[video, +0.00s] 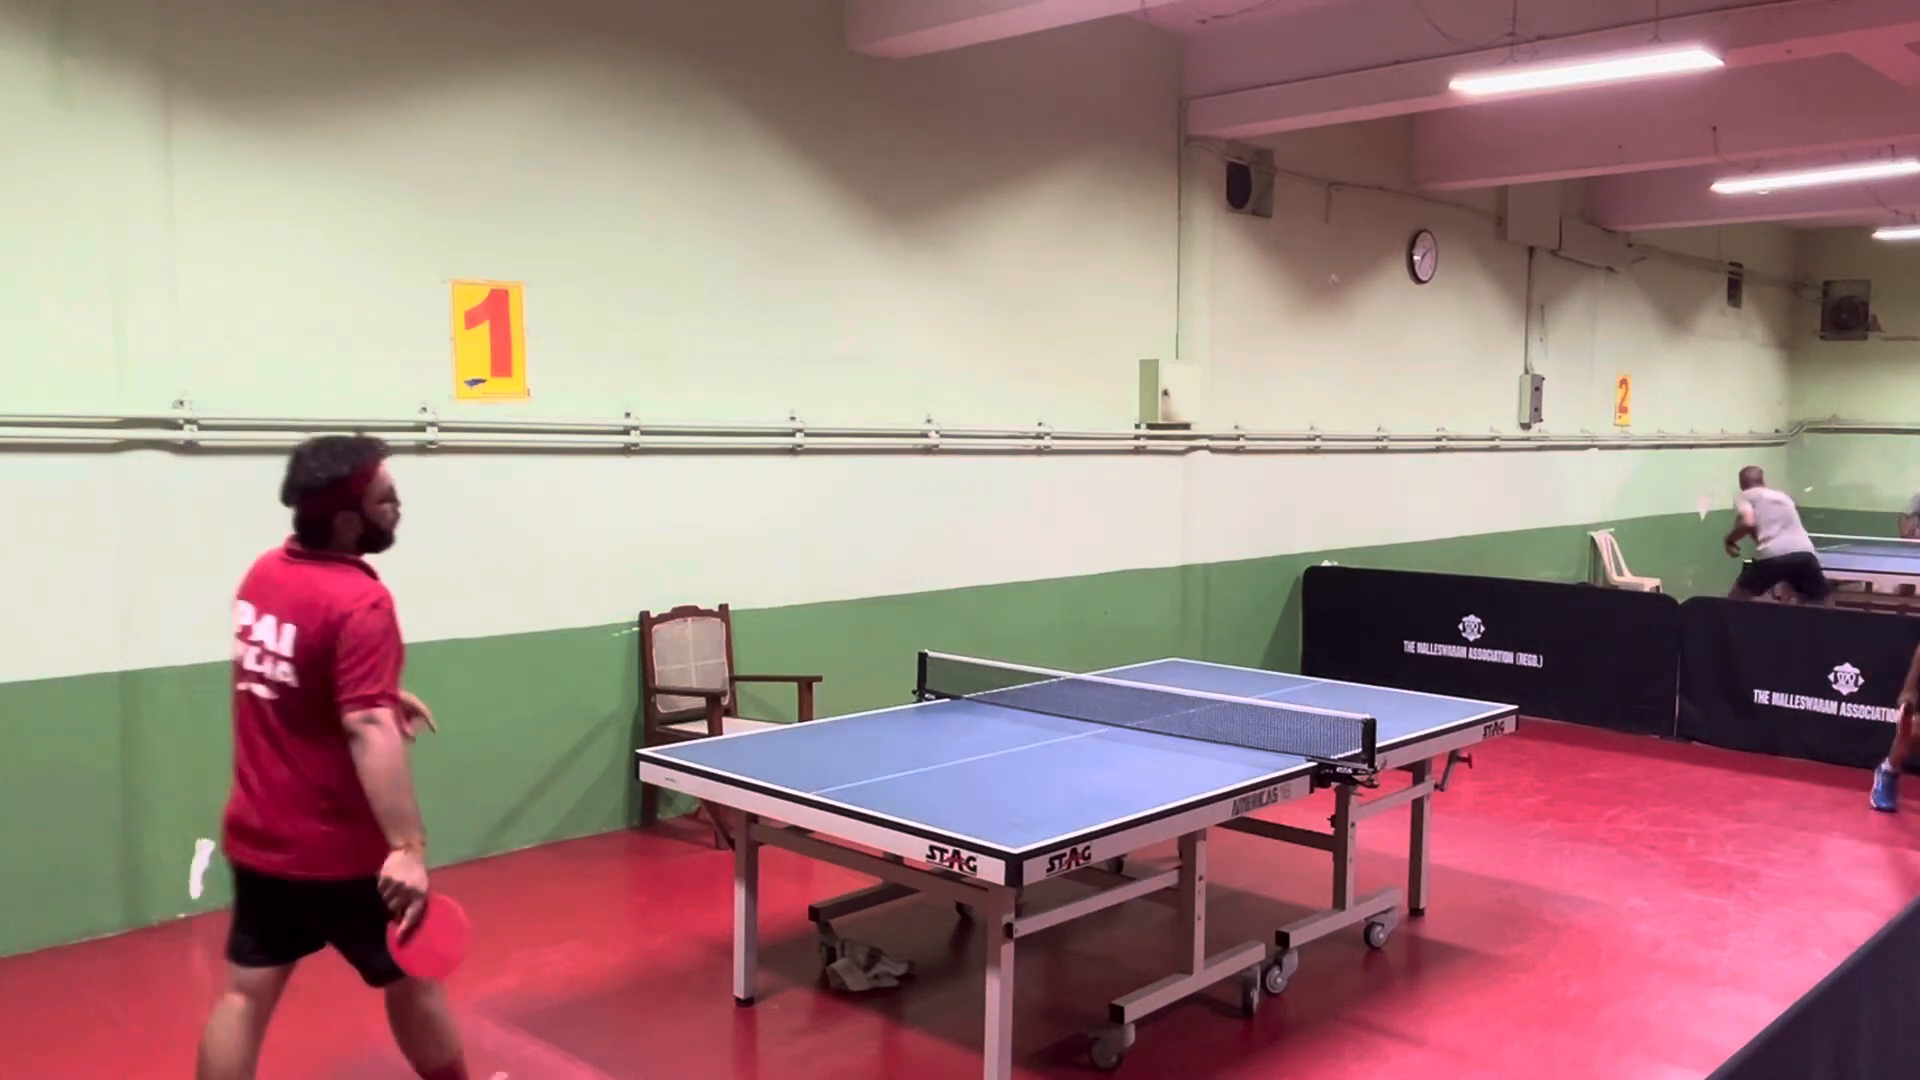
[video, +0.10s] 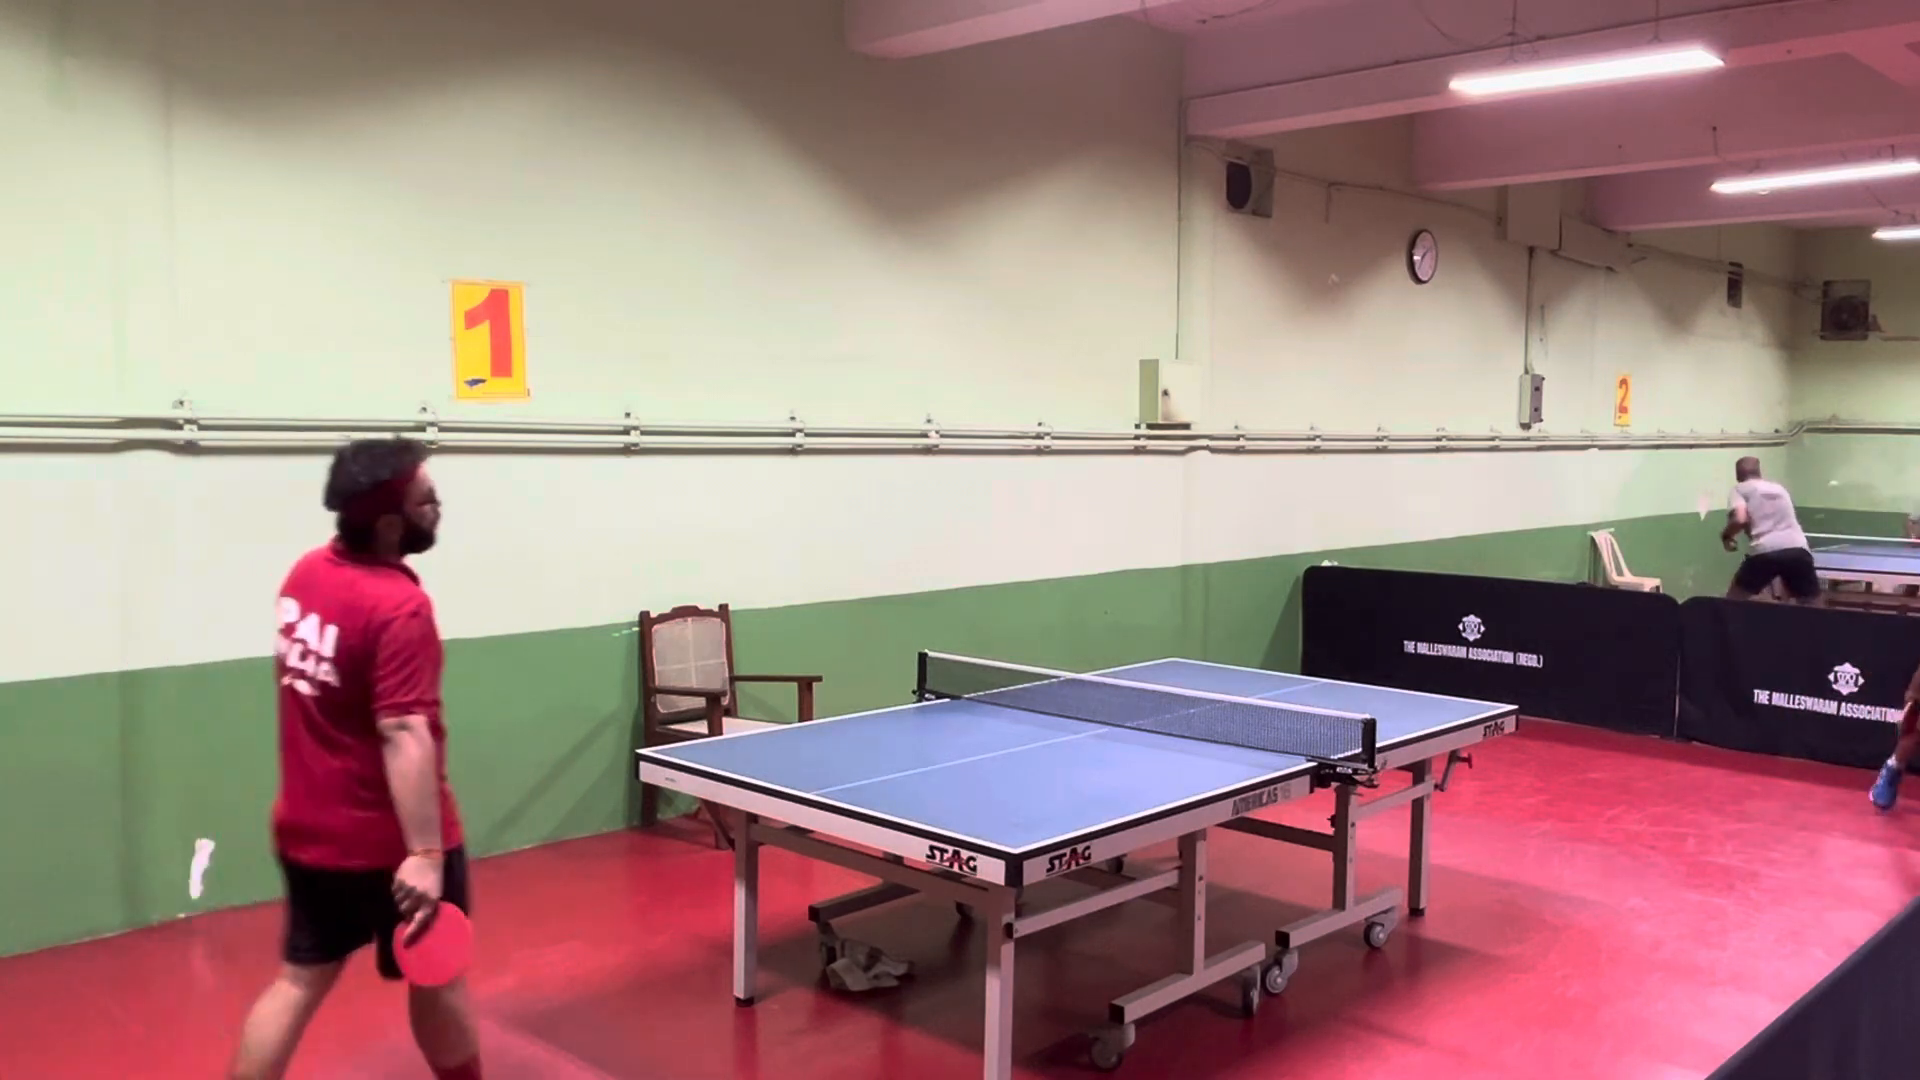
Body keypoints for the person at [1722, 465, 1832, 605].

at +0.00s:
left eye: (1741, 484)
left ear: (1742, 484)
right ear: (1762, 480)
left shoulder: (1745, 496)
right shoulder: (1783, 496)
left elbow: (1748, 524)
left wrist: (1730, 540)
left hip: (1771, 558)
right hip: (1804, 555)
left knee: (1735, 602)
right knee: (1825, 603)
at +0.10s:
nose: (1737, 477)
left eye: (1737, 474)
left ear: (1738, 475)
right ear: (1759, 472)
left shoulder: (1739, 489)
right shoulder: (1779, 488)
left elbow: (1740, 520)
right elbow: (1786, 518)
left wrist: (1727, 535)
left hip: (1764, 554)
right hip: (1798, 551)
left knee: (1733, 602)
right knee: (1813, 607)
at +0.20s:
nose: (1738, 468)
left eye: (1739, 465)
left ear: (1740, 467)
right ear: (1762, 465)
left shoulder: (1738, 483)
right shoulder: (1781, 483)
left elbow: (1735, 517)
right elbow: (1786, 513)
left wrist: (1725, 530)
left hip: (1759, 549)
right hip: (1792, 547)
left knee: (1733, 601)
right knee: (1808, 603)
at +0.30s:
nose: (1745, 463)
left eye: (1745, 460)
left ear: (1746, 462)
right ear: (1767, 462)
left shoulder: (1740, 481)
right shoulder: (1786, 482)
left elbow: (1731, 514)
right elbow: (1793, 514)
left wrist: (1725, 527)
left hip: (1756, 547)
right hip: (1789, 546)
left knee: (1732, 600)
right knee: (1806, 600)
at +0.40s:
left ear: (1754, 461)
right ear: (1776, 460)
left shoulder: (1742, 482)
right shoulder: (1793, 483)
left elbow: (1729, 515)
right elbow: (1802, 527)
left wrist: (1733, 528)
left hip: (1755, 548)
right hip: (1789, 547)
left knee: (1732, 601)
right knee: (1808, 603)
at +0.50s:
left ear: (1763, 462)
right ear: (1785, 461)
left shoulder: (1750, 484)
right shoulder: (1801, 484)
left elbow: (1734, 516)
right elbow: (1812, 529)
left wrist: (1747, 532)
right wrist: (1806, 550)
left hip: (1758, 547)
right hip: (1794, 547)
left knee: (1735, 602)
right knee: (1810, 605)